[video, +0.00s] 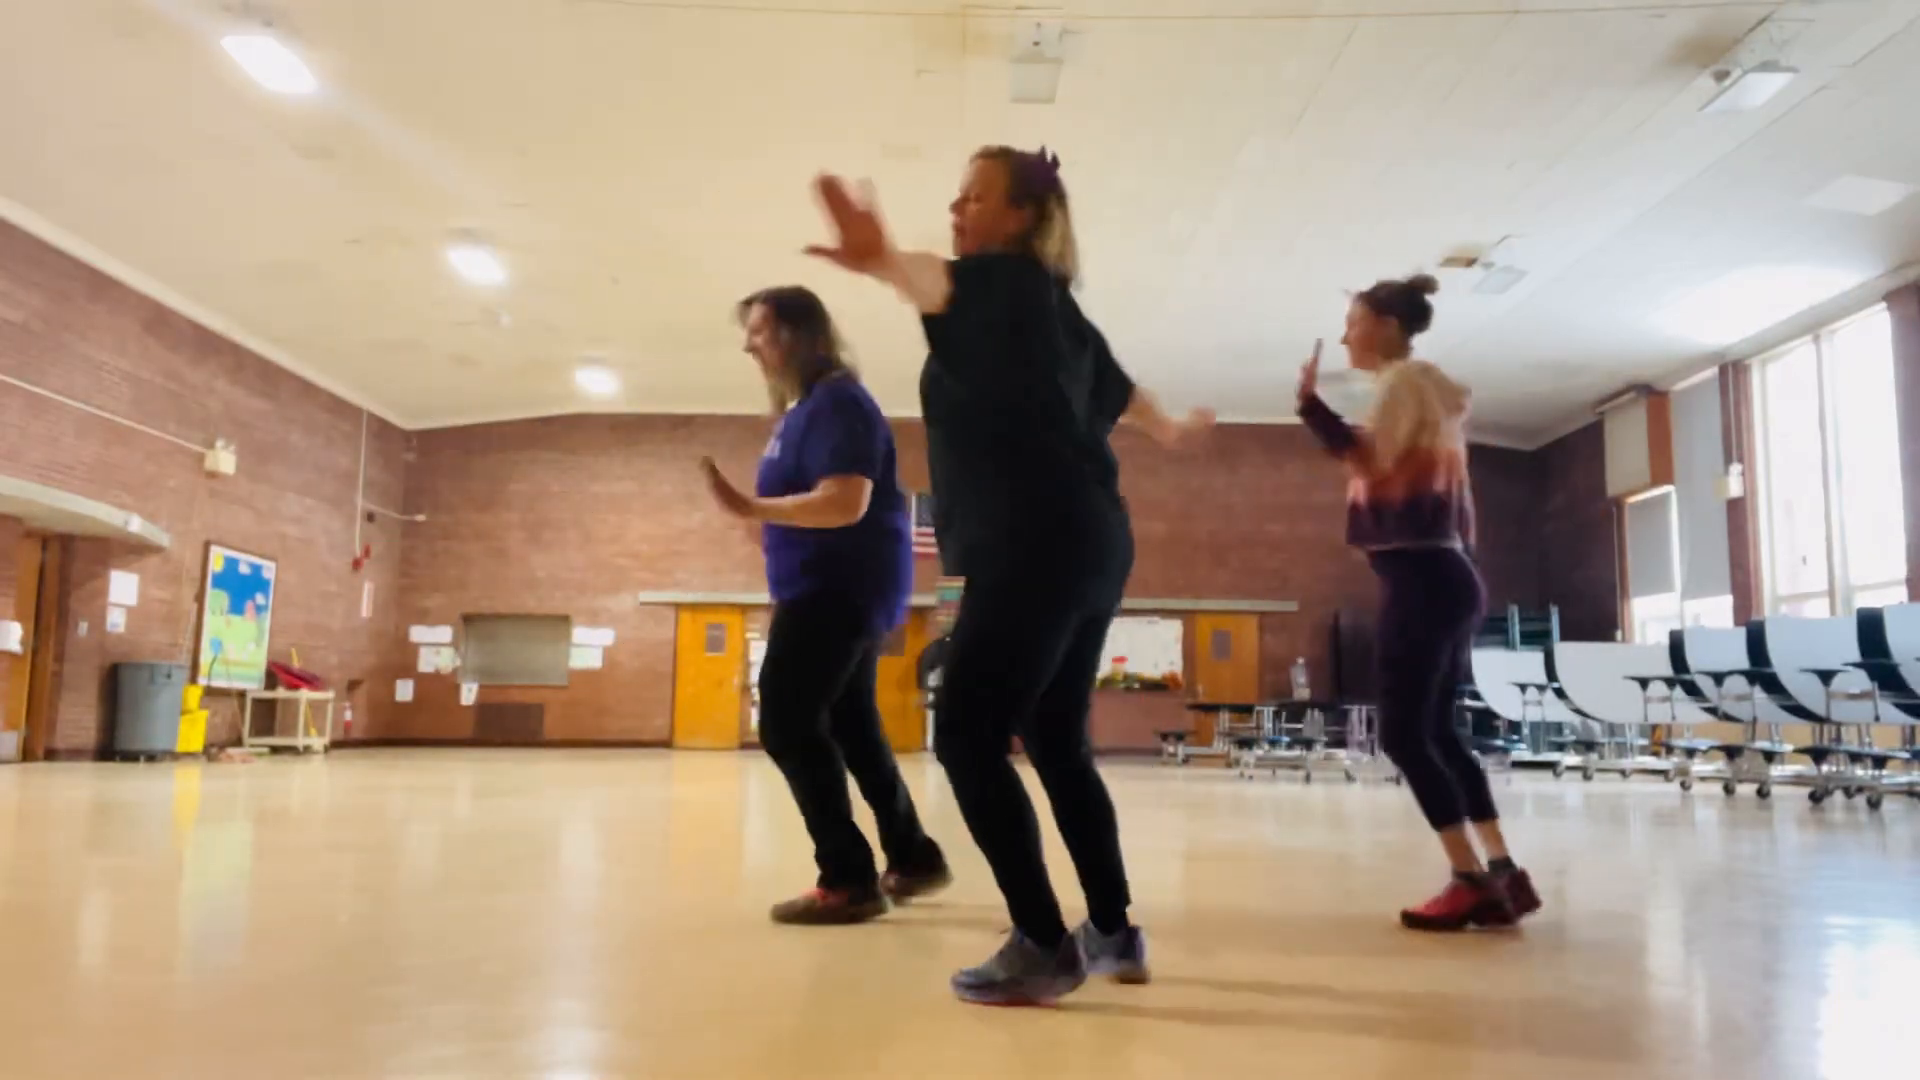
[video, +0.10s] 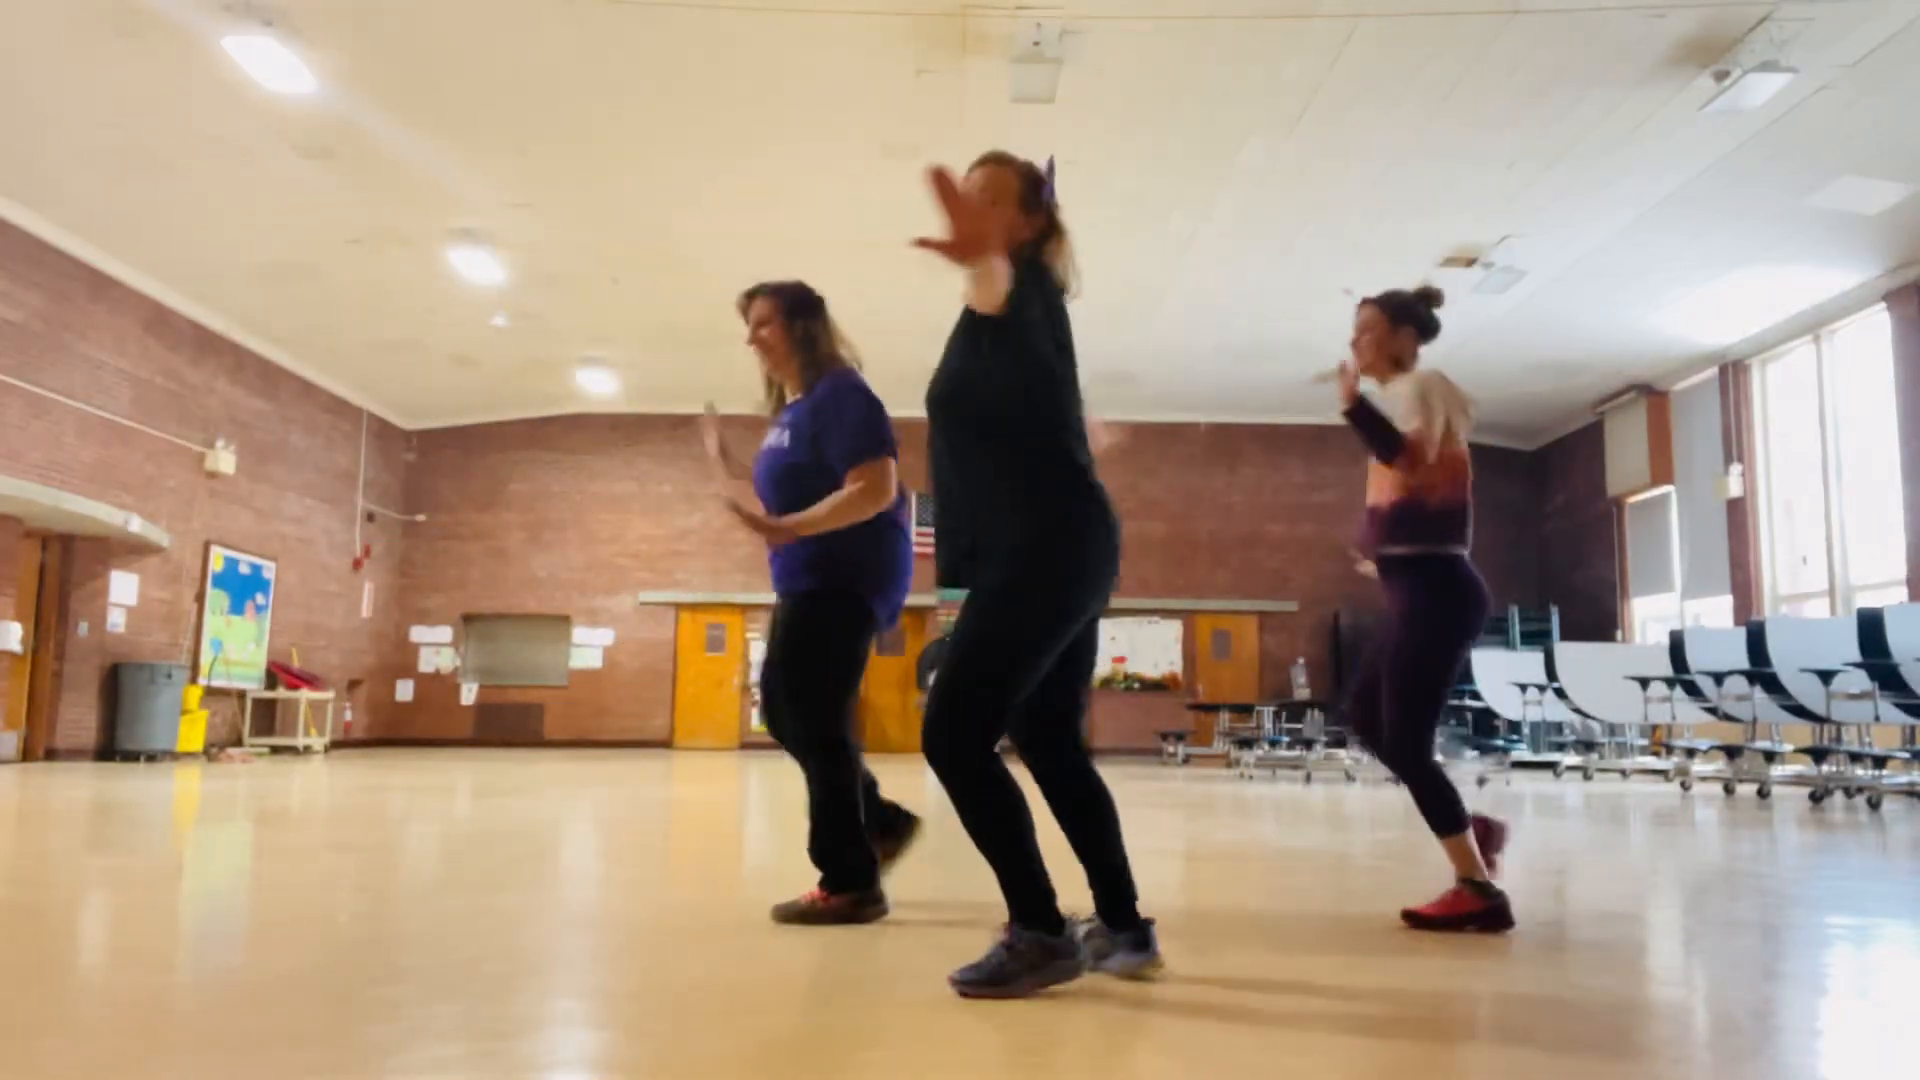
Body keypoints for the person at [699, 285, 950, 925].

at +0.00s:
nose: (750, 345)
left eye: (759, 332)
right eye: (749, 334)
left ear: (795, 333)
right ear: (787, 337)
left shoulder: (840, 403)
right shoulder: (807, 409)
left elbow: (846, 502)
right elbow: (823, 499)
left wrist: (753, 508)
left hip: (838, 593)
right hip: (832, 592)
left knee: (788, 725)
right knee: (852, 725)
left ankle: (848, 882)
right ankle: (915, 858)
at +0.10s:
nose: (754, 339)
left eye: (764, 325)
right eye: (751, 329)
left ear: (802, 326)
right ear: (760, 339)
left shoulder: (842, 393)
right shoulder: (798, 404)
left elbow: (875, 488)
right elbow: (800, 492)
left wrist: (784, 526)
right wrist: (735, 481)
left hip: (844, 580)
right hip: (810, 580)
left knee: (819, 720)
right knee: (783, 710)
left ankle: (850, 884)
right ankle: (879, 819)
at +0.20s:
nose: (761, 335)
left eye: (772, 322)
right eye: (754, 325)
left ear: (806, 325)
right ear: (754, 336)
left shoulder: (850, 394)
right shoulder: (787, 403)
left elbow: (900, 482)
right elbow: (767, 479)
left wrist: (836, 545)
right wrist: (705, 418)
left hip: (841, 591)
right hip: (786, 585)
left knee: (830, 725)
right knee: (748, 697)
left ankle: (854, 886)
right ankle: (829, 814)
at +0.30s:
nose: (765, 332)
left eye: (777, 319)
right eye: (758, 321)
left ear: (810, 325)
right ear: (753, 335)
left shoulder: (856, 398)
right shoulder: (765, 412)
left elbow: (909, 486)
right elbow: (754, 491)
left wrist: (863, 539)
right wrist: (691, 439)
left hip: (840, 584)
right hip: (771, 582)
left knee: (820, 723)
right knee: (754, 709)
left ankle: (852, 882)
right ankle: (787, 835)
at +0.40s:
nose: (778, 340)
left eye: (791, 328)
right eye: (769, 330)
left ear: (821, 338)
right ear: (759, 344)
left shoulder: (855, 415)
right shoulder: (762, 420)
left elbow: (908, 501)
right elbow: (755, 511)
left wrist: (869, 532)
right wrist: (686, 513)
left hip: (835, 596)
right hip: (761, 593)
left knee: (795, 721)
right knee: (760, 731)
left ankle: (829, 876)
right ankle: (786, 865)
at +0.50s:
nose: (787, 340)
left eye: (801, 330)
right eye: (778, 331)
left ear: (829, 340)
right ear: (766, 344)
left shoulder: (861, 427)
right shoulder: (751, 429)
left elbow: (908, 507)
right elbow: (734, 509)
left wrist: (876, 509)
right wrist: (683, 505)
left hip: (838, 597)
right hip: (758, 594)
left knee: (800, 719)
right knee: (744, 724)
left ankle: (830, 876)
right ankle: (781, 859)